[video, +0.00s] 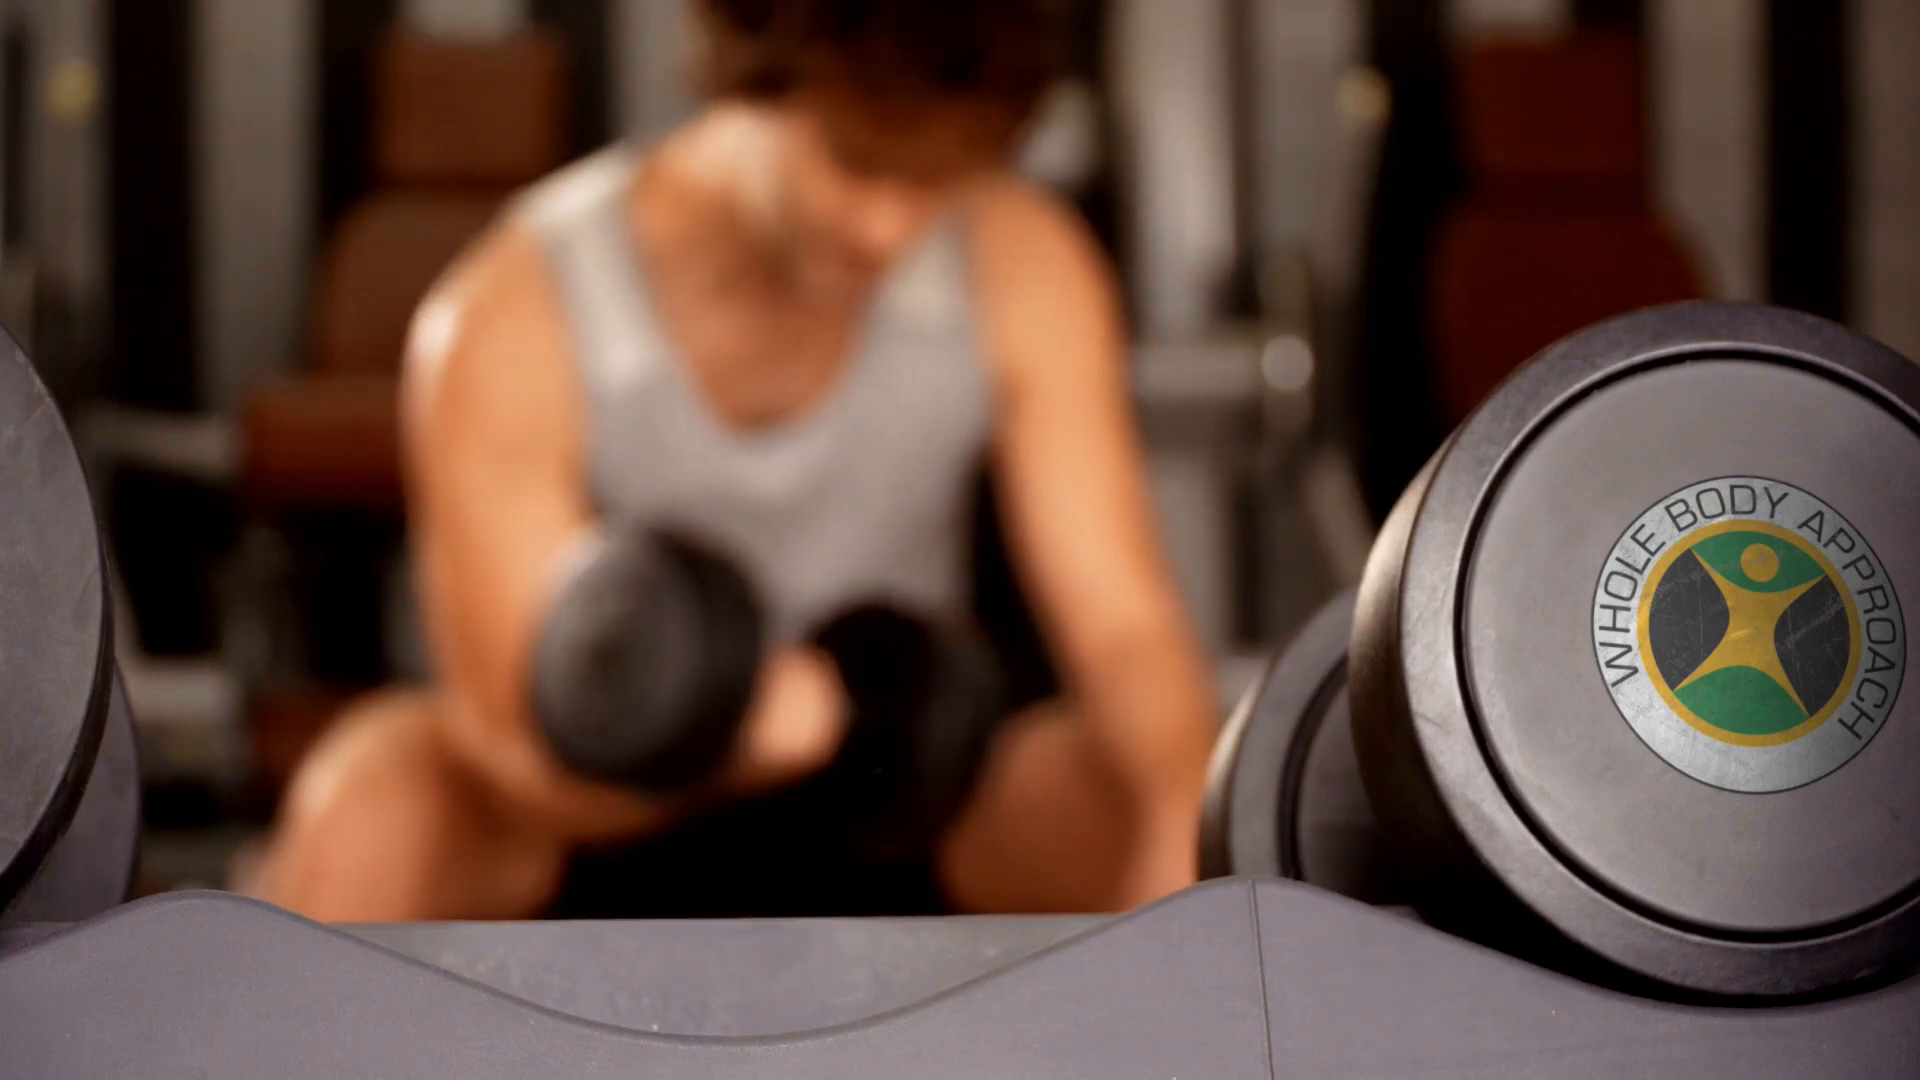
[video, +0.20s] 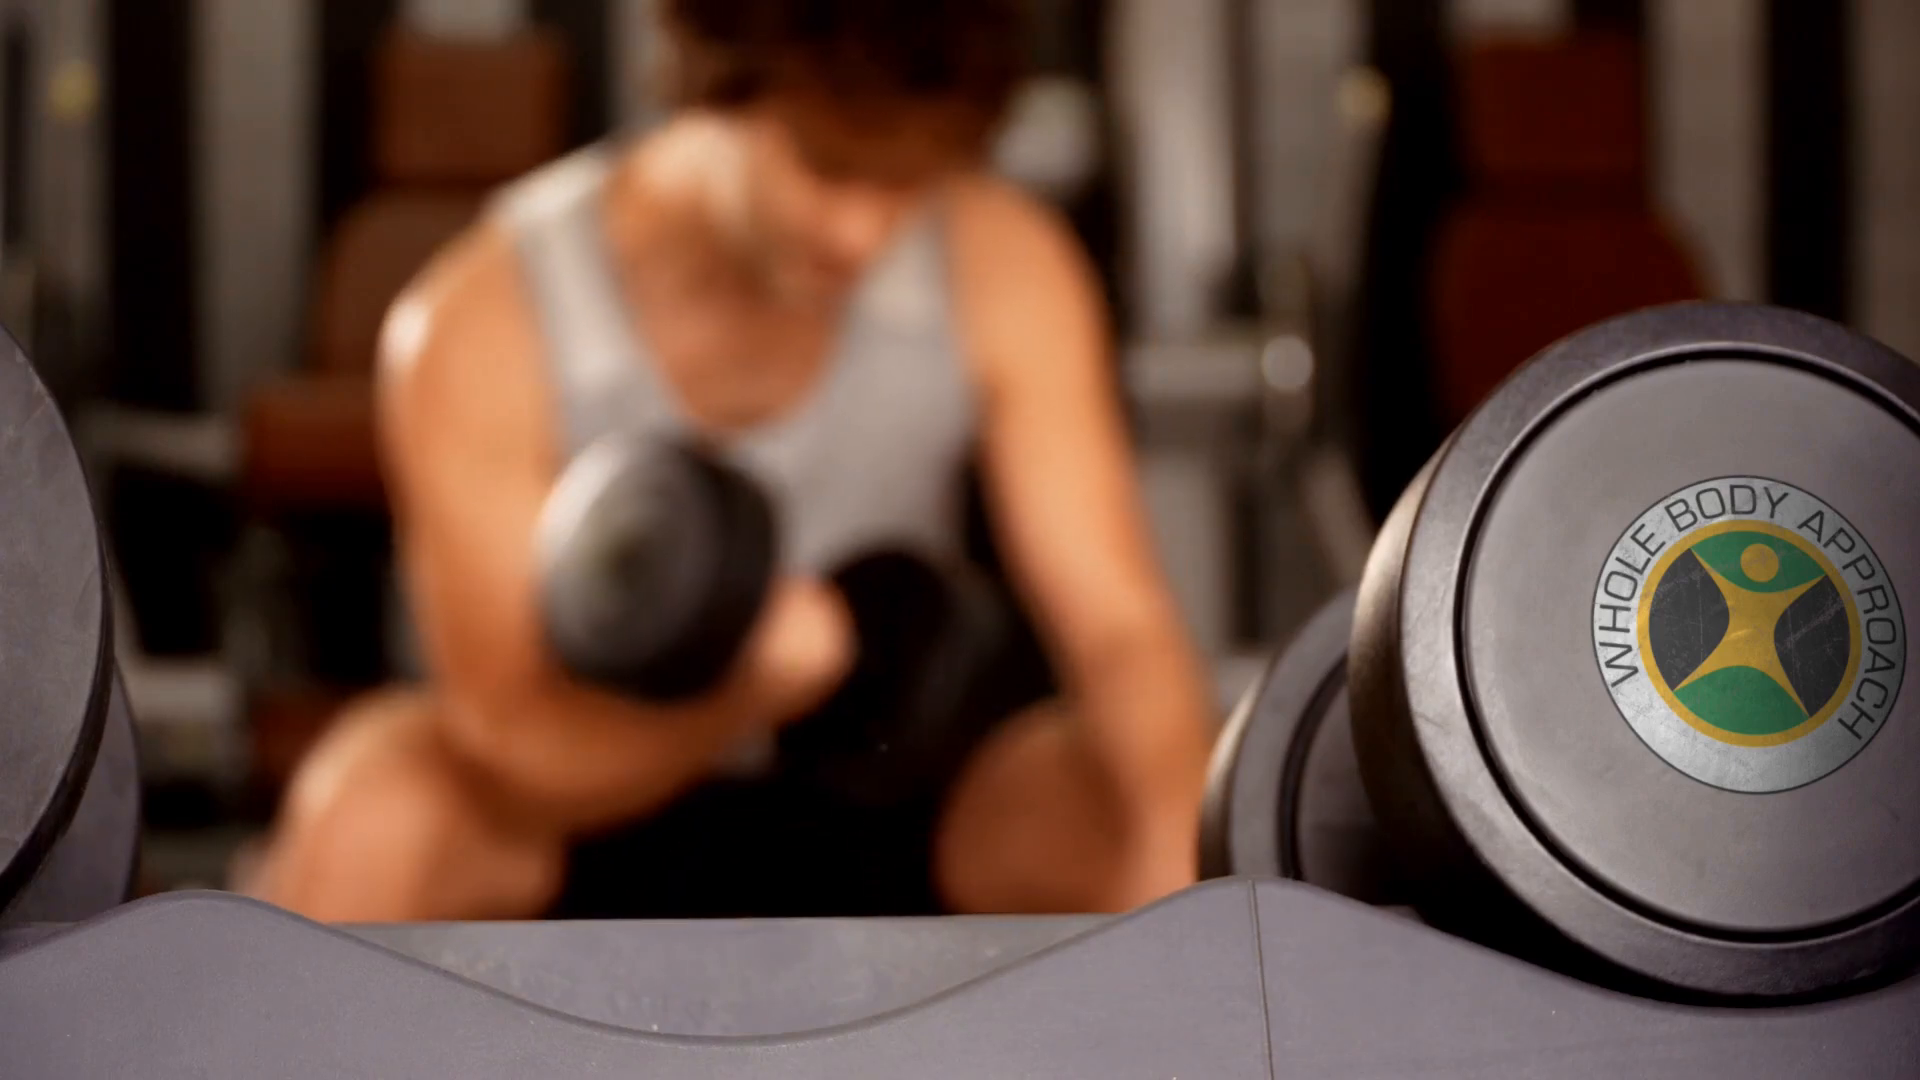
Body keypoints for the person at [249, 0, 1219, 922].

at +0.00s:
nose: (892, 228)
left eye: (938, 180)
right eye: (857, 166)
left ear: (993, 136)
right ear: (758, 76)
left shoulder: (1015, 255)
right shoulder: (511, 312)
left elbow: (1125, 631)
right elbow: (536, 762)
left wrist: (1189, 847)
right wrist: (829, 705)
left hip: (887, 796)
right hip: (599, 813)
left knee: (1180, 800)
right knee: (377, 793)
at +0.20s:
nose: (864, 231)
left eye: (910, 181)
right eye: (829, 168)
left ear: (959, 146)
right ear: (725, 89)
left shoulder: (999, 257)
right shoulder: (477, 320)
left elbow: (1120, 633)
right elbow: (523, 746)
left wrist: (1186, 883)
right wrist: (747, 691)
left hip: (895, 787)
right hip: (600, 796)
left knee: (1167, 811)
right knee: (372, 810)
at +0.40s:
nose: (854, 232)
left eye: (901, 181)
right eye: (815, 171)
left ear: (949, 147)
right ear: (707, 95)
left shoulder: (991, 256)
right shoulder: (465, 331)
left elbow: (1120, 635)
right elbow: (528, 768)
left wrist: (1183, 885)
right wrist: (752, 658)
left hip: (893, 784)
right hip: (597, 808)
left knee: (1176, 814)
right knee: (374, 807)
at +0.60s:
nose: (859, 237)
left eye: (904, 185)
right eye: (820, 176)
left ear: (950, 149)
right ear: (713, 110)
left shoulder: (993, 259)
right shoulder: (468, 334)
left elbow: (1122, 637)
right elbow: (533, 776)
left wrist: (1179, 881)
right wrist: (753, 631)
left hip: (895, 778)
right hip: (599, 803)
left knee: (1183, 811)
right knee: (372, 805)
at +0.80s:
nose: (862, 235)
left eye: (906, 183)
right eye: (824, 174)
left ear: (953, 151)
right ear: (721, 109)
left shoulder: (997, 258)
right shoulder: (476, 332)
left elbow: (1121, 636)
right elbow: (536, 778)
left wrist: (1180, 881)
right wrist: (761, 623)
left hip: (900, 777)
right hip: (603, 802)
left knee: (1183, 812)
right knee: (374, 803)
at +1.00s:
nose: (870, 209)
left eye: (918, 161)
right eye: (835, 149)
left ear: (970, 126)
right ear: (734, 73)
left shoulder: (1009, 250)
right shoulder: (500, 316)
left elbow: (1120, 624)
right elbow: (516, 745)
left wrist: (1177, 869)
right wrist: (767, 715)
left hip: (894, 785)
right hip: (604, 798)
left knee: (1174, 803)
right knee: (368, 802)